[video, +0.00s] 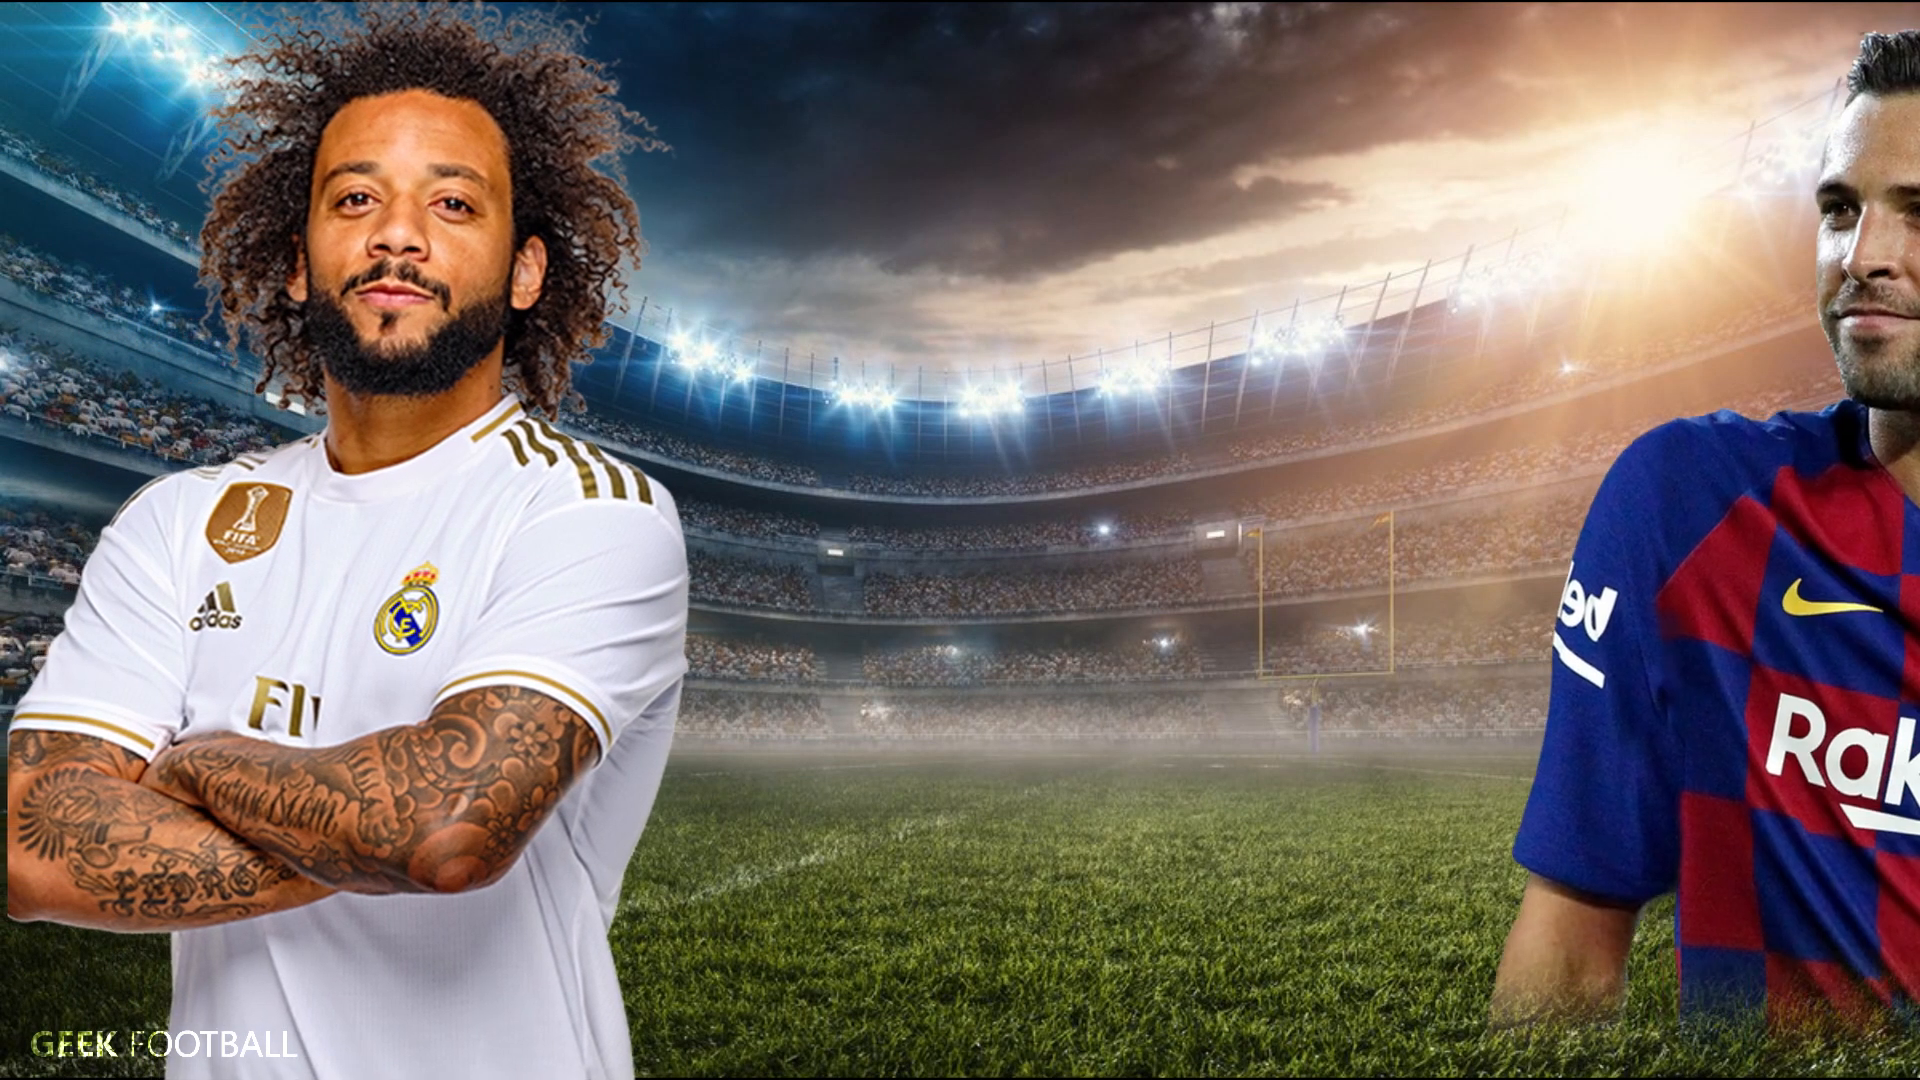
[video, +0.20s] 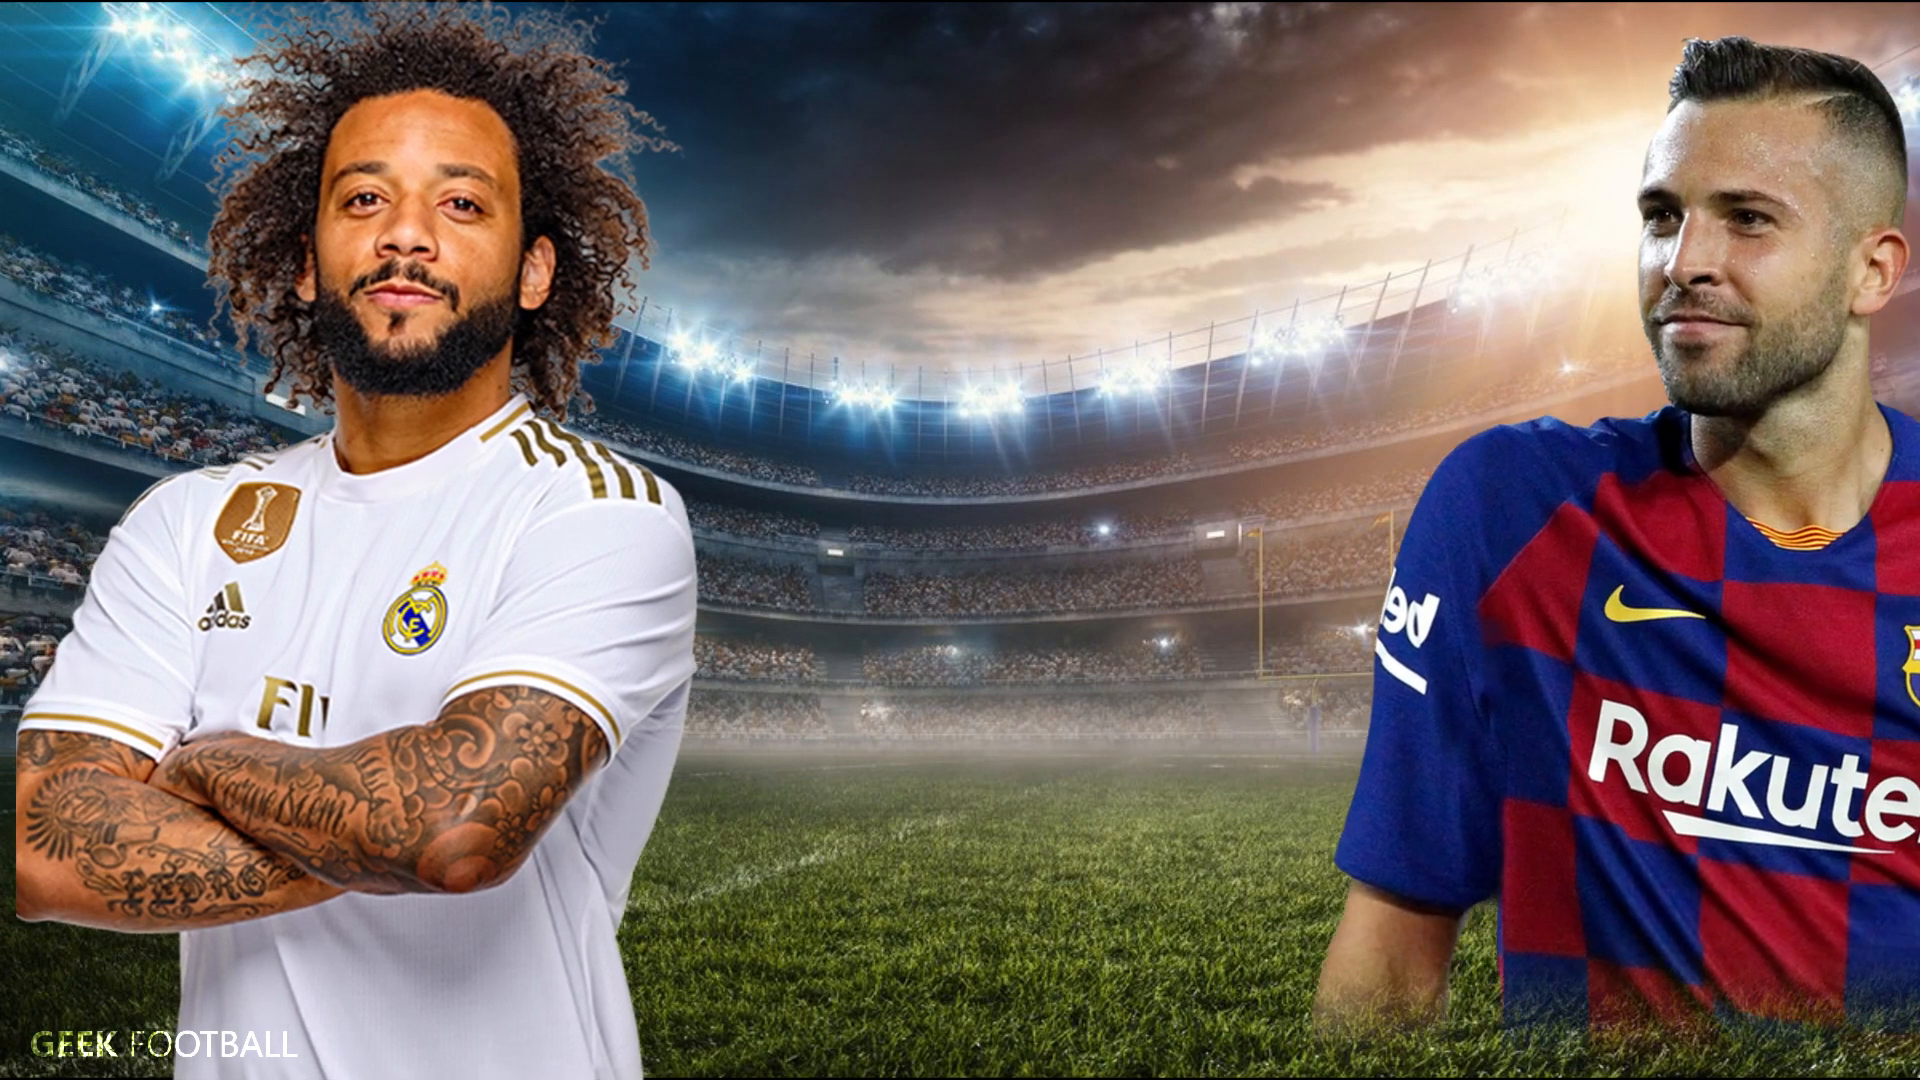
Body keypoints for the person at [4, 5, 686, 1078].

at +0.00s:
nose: (399, 238)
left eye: (454, 203)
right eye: (355, 199)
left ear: (522, 273)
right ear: (302, 259)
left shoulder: (598, 518)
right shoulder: (176, 523)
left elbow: (451, 825)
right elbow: (42, 852)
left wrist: (186, 761)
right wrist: (370, 830)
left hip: (507, 1063)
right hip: (226, 1061)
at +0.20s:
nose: (407, 238)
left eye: (463, 203)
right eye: (364, 198)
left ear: (530, 273)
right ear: (310, 259)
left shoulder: (607, 518)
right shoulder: (186, 522)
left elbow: (459, 824)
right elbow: (53, 853)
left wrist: (194, 763)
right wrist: (378, 831)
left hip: (517, 1063)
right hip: (235, 1062)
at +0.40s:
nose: (416, 237)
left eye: (471, 204)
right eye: (373, 199)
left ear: (540, 273)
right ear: (320, 260)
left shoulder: (614, 518)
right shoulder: (194, 523)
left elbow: (468, 825)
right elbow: (67, 855)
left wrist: (205, 760)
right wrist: (389, 829)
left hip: (526, 1063)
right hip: (246, 1062)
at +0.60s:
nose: (425, 238)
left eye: (480, 204)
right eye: (381, 199)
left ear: (548, 273)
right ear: (328, 259)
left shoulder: (623, 518)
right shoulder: (202, 522)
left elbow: (477, 825)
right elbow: (75, 856)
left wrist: (212, 761)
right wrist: (398, 828)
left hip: (534, 1063)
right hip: (255, 1062)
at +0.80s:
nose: (427, 238)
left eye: (482, 204)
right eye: (383, 199)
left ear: (550, 273)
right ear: (330, 260)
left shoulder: (624, 518)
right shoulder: (204, 523)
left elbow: (479, 825)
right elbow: (77, 856)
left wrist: (215, 761)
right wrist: (399, 830)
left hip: (536, 1063)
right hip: (257, 1062)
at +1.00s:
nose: (426, 238)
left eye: (482, 203)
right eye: (383, 199)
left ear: (549, 273)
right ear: (329, 260)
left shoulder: (624, 518)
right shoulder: (203, 523)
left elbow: (478, 825)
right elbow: (77, 856)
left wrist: (214, 761)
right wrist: (400, 829)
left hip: (535, 1063)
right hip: (256, 1063)